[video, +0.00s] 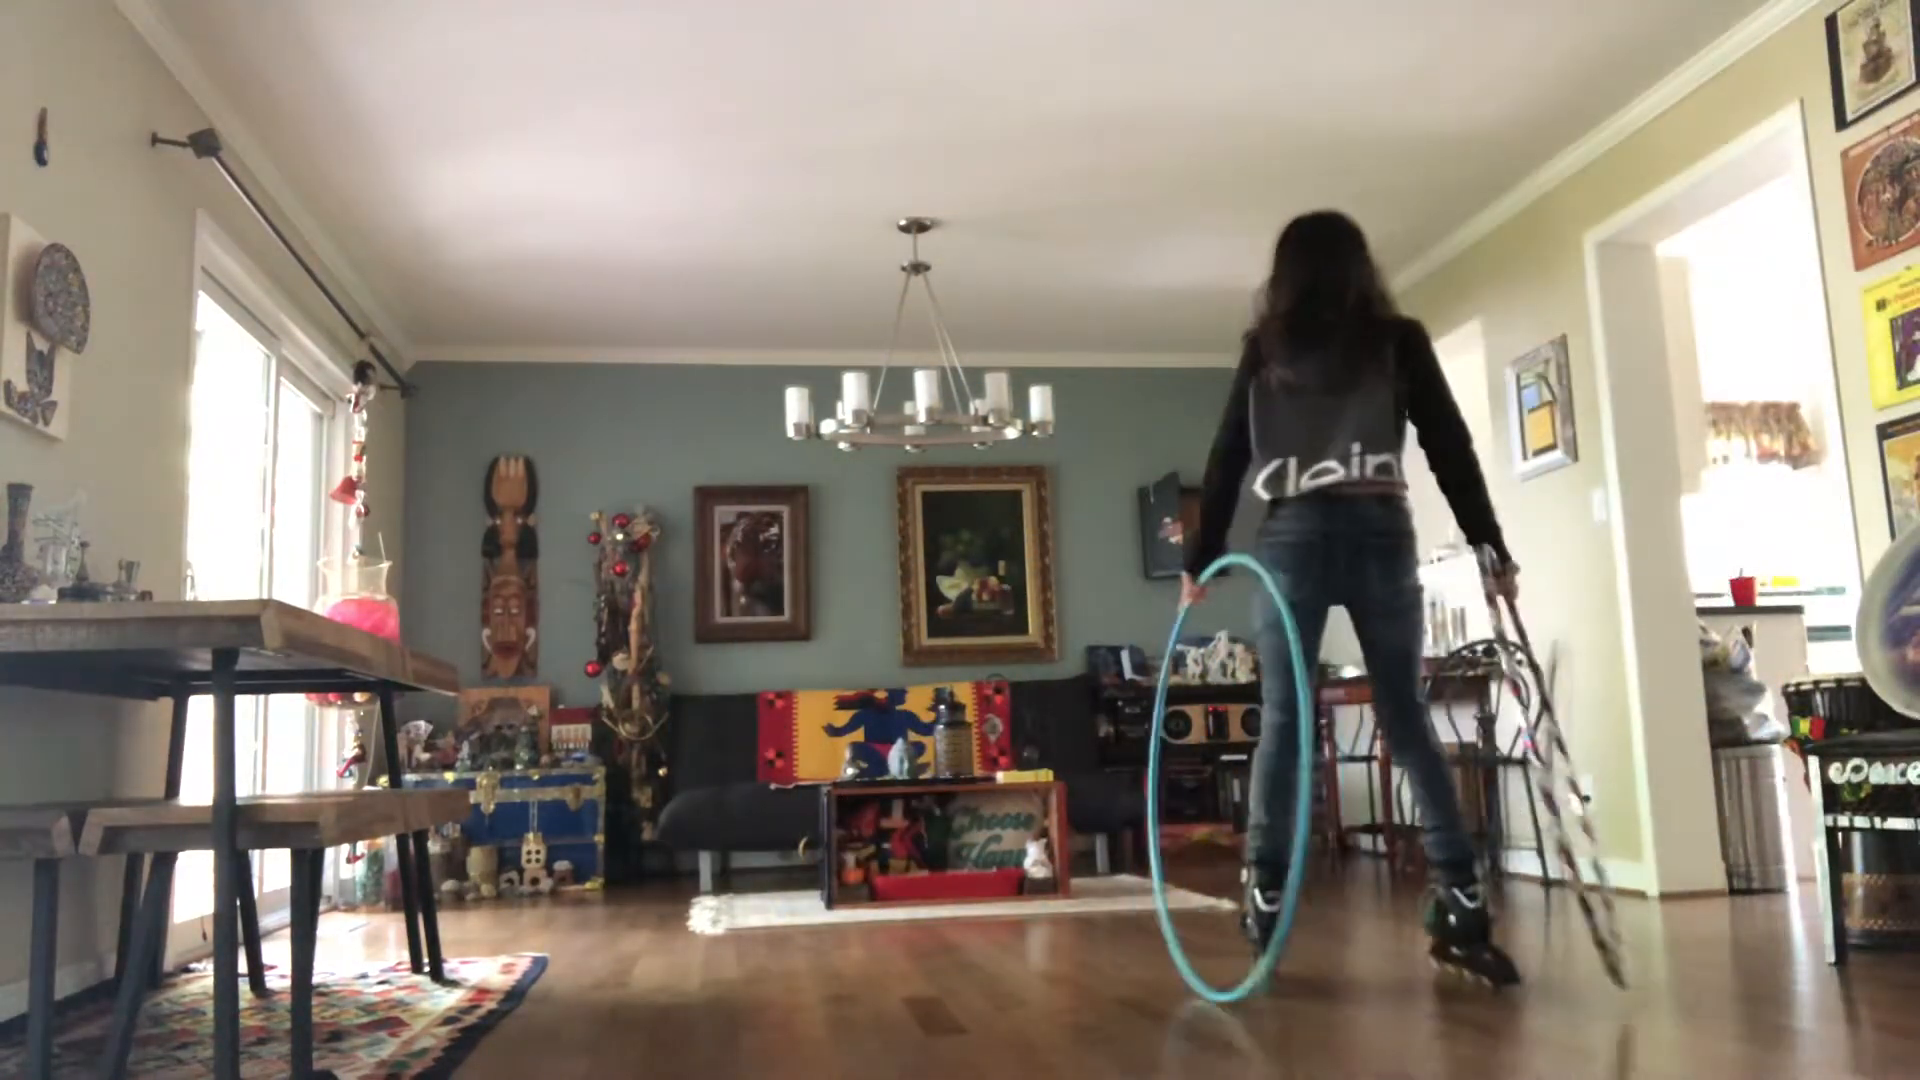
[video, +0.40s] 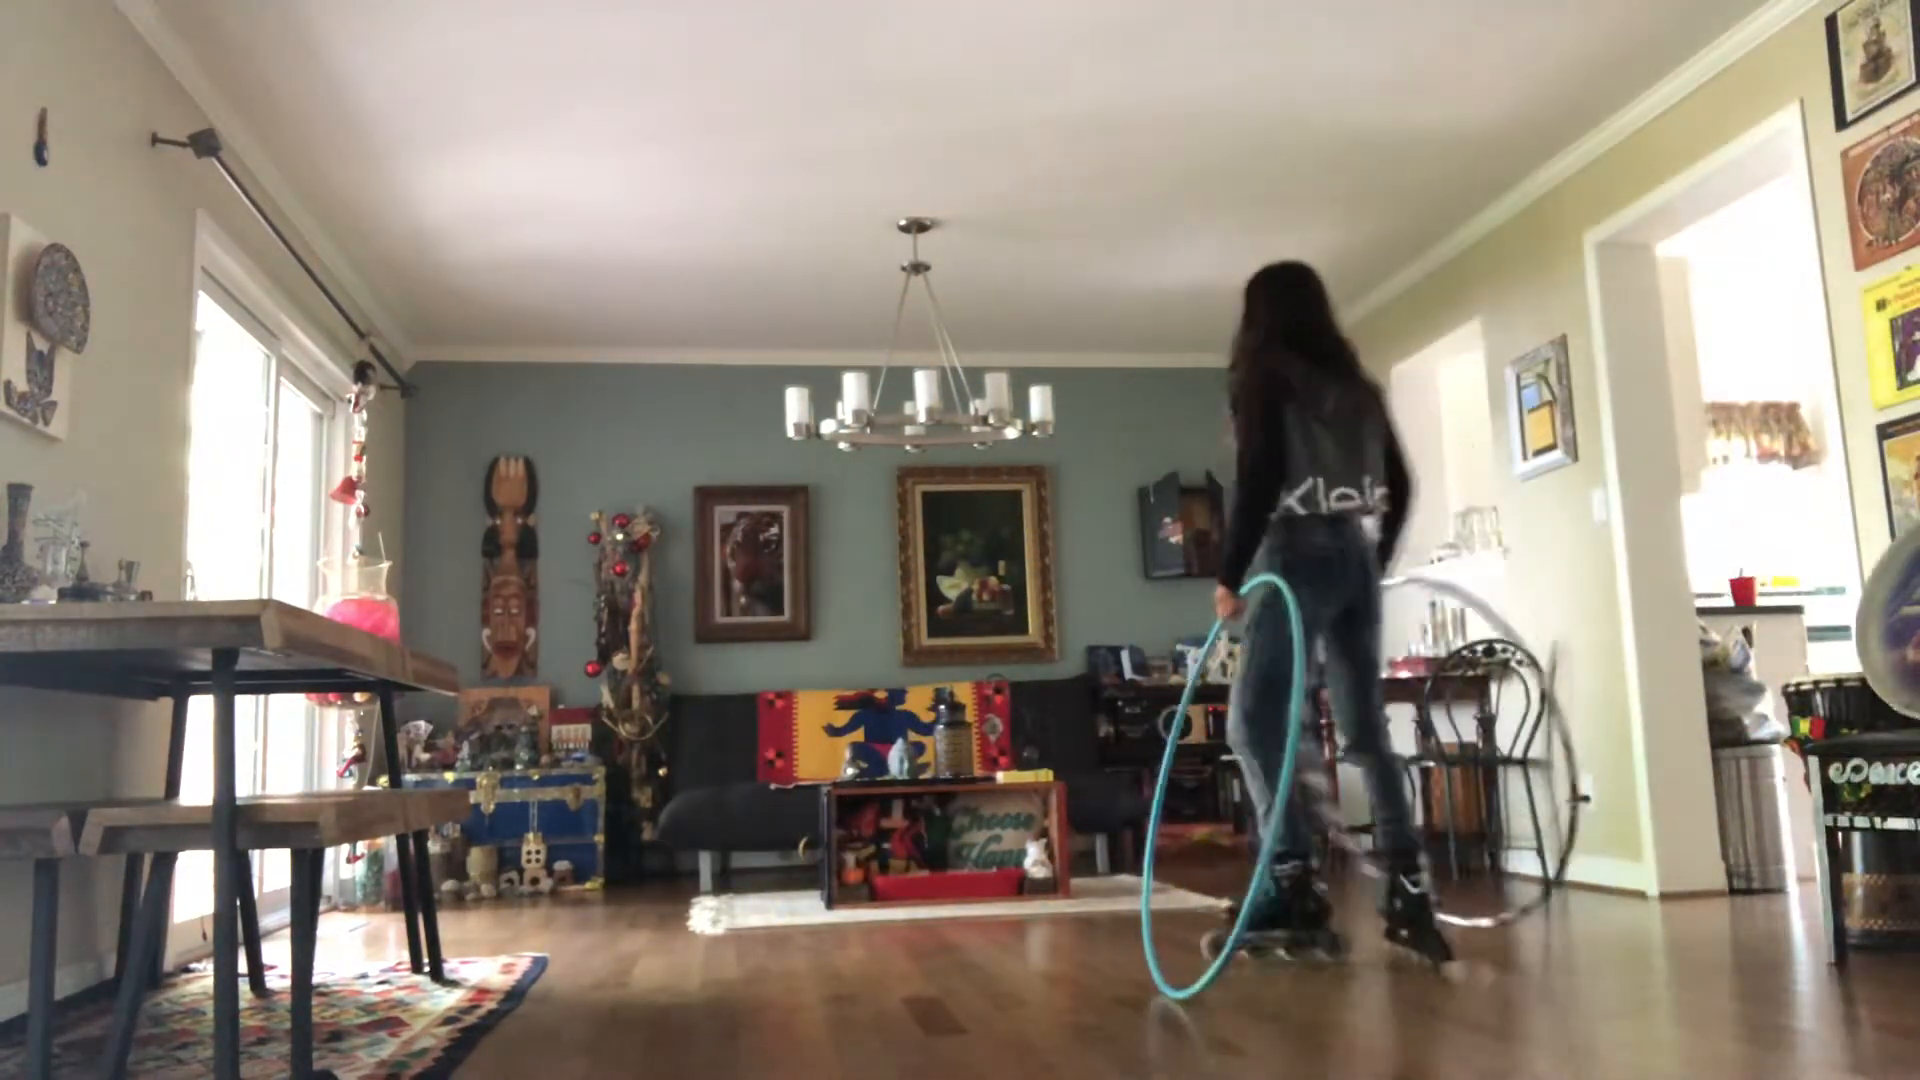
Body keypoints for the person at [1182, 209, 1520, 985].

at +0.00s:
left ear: (1284, 273)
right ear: (1364, 267)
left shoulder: (1264, 346)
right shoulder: (1400, 337)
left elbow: (1229, 456)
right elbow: (1447, 445)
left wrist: (1200, 557)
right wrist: (1490, 544)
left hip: (1289, 531)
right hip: (1383, 529)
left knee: (1283, 717)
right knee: (1405, 719)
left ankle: (1266, 894)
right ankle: (1460, 893)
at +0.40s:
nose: (1243, 324)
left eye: (1247, 312)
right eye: (1251, 310)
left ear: (1258, 314)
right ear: (1320, 311)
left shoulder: (1262, 374)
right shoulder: (1356, 380)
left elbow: (1260, 473)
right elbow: (1399, 481)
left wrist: (1229, 573)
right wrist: (1376, 557)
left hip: (1292, 548)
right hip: (1354, 548)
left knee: (1255, 723)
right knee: (1366, 735)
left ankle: (1292, 886)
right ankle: (1409, 894)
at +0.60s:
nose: (1206, 334)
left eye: (1214, 323)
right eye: (1209, 323)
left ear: (1238, 330)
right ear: (1264, 327)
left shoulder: (1269, 391)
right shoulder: (1253, 392)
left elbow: (1297, 487)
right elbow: (1268, 492)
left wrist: (1255, 575)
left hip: (1284, 577)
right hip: (1289, 577)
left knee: (1218, 733)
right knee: (1304, 742)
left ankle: (1250, 878)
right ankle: (1347, 878)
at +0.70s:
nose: (1188, 355)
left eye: (1195, 343)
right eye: (1189, 343)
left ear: (1224, 344)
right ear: (1229, 341)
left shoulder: (1267, 401)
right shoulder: (1223, 410)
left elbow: (1302, 494)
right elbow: (1216, 506)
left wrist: (1283, 576)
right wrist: (1194, 579)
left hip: (1262, 580)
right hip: (1234, 580)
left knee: (1197, 724)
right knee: (1264, 739)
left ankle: (1237, 874)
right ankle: (1288, 880)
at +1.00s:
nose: (1134, 354)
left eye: (1145, 341)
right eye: (1133, 342)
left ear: (1178, 343)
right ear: (1139, 347)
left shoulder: (1222, 403)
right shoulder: (1144, 415)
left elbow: (1270, 493)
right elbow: (1136, 509)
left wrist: (1280, 584)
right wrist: (1092, 567)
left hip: (1206, 562)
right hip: (1148, 568)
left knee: (1170, 725)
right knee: (1147, 730)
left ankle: (1214, 878)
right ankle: (1156, 875)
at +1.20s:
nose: (1103, 353)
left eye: (1113, 341)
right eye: (1097, 343)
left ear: (1145, 340)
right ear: (1096, 349)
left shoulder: (1187, 403)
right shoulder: (1096, 417)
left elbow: (1232, 490)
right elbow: (1072, 507)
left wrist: (1240, 578)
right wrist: (1033, 570)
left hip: (1175, 568)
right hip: (1110, 572)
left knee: (1152, 726)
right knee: (1106, 734)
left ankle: (1198, 880)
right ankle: (1117, 883)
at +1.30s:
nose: (1088, 347)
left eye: (1099, 334)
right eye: (1083, 337)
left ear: (1132, 337)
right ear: (1080, 347)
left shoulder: (1173, 404)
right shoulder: (1077, 417)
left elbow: (1217, 485)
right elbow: (1048, 502)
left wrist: (1233, 566)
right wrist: (1009, 563)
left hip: (1165, 575)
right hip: (1097, 581)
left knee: (1154, 731)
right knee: (1093, 737)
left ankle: (1187, 878)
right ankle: (1105, 885)